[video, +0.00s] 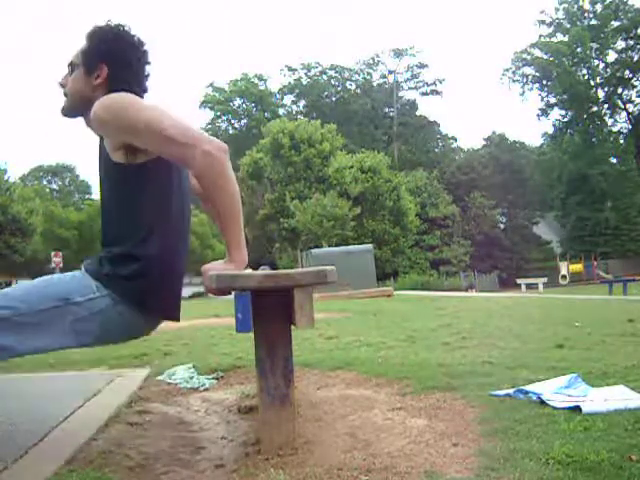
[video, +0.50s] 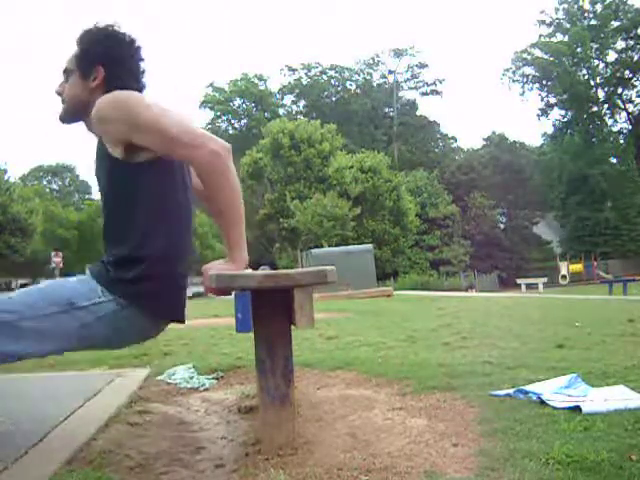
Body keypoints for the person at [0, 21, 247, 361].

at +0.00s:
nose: (62, 81)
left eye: (72, 69)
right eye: (68, 69)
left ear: (99, 76)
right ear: (100, 77)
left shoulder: (110, 109)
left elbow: (212, 153)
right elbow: (202, 187)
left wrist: (237, 257)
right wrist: (240, 250)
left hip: (120, 293)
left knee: (2, 316)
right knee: (5, 311)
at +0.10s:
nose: (64, 44)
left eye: (73, 32)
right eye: (68, 33)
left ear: (102, 36)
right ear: (101, 37)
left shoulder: (115, 73)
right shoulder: (143, 82)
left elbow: (187, 155)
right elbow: (193, 163)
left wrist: (233, 255)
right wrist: (233, 256)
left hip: (109, 259)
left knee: (3, 306)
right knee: (5, 317)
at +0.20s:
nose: (64, 23)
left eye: (74, 10)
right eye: (69, 12)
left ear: (102, 13)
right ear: (101, 14)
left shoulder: (118, 56)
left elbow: (169, 163)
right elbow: (169, 166)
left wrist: (225, 255)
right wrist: (226, 255)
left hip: (102, 238)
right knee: (5, 313)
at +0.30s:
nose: (65, 27)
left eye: (74, 14)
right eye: (69, 16)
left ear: (102, 16)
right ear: (101, 17)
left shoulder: (117, 60)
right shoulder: (145, 70)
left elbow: (176, 160)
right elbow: (178, 165)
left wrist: (228, 254)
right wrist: (229, 254)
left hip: (101, 244)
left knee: (4, 305)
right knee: (6, 319)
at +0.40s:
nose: (62, 54)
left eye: (71, 40)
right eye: (66, 42)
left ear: (99, 43)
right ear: (99, 43)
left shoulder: (115, 78)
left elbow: (196, 152)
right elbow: (201, 156)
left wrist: (234, 256)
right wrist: (234, 255)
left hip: (114, 267)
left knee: (2, 314)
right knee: (5, 326)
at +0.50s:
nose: (59, 88)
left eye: (67, 75)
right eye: (63, 76)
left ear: (96, 78)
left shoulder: (112, 108)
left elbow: (214, 153)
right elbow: (204, 190)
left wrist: (238, 257)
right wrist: (240, 254)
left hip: (125, 296)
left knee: (3, 322)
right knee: (5, 320)